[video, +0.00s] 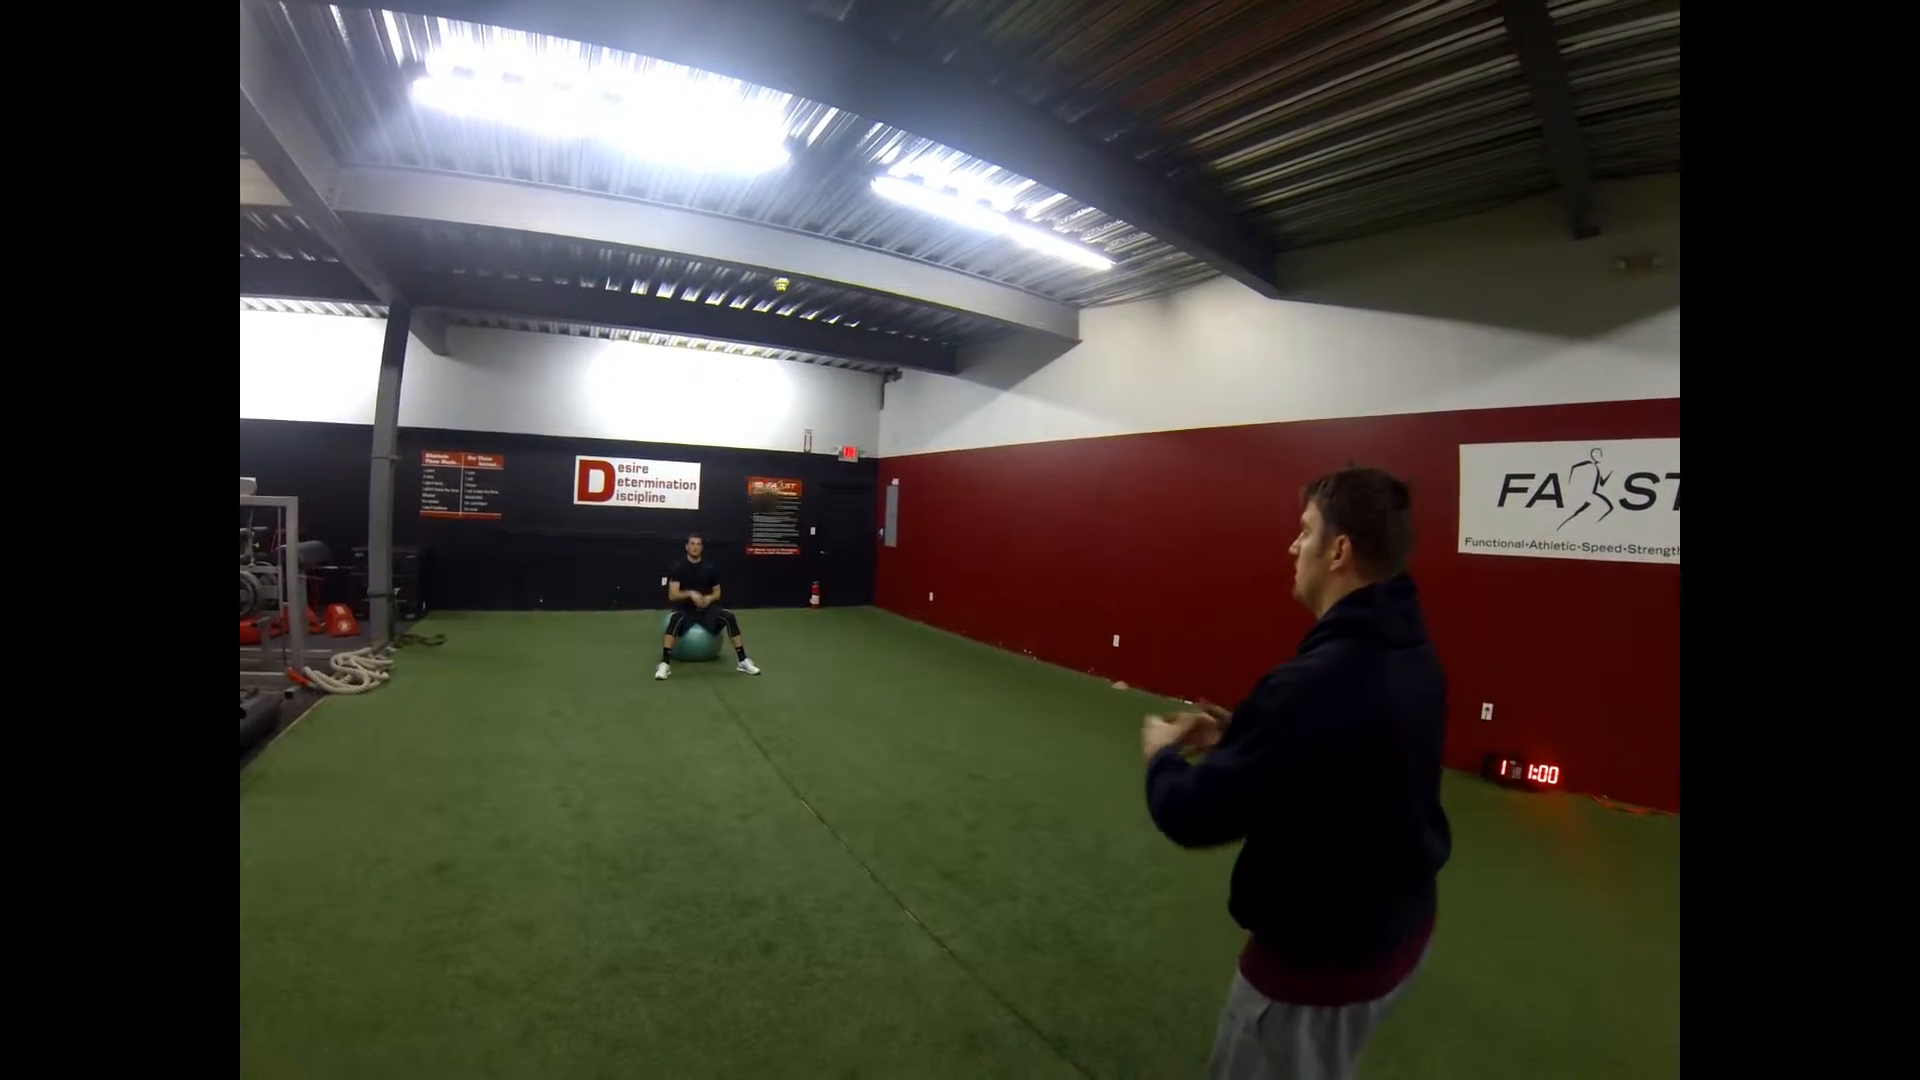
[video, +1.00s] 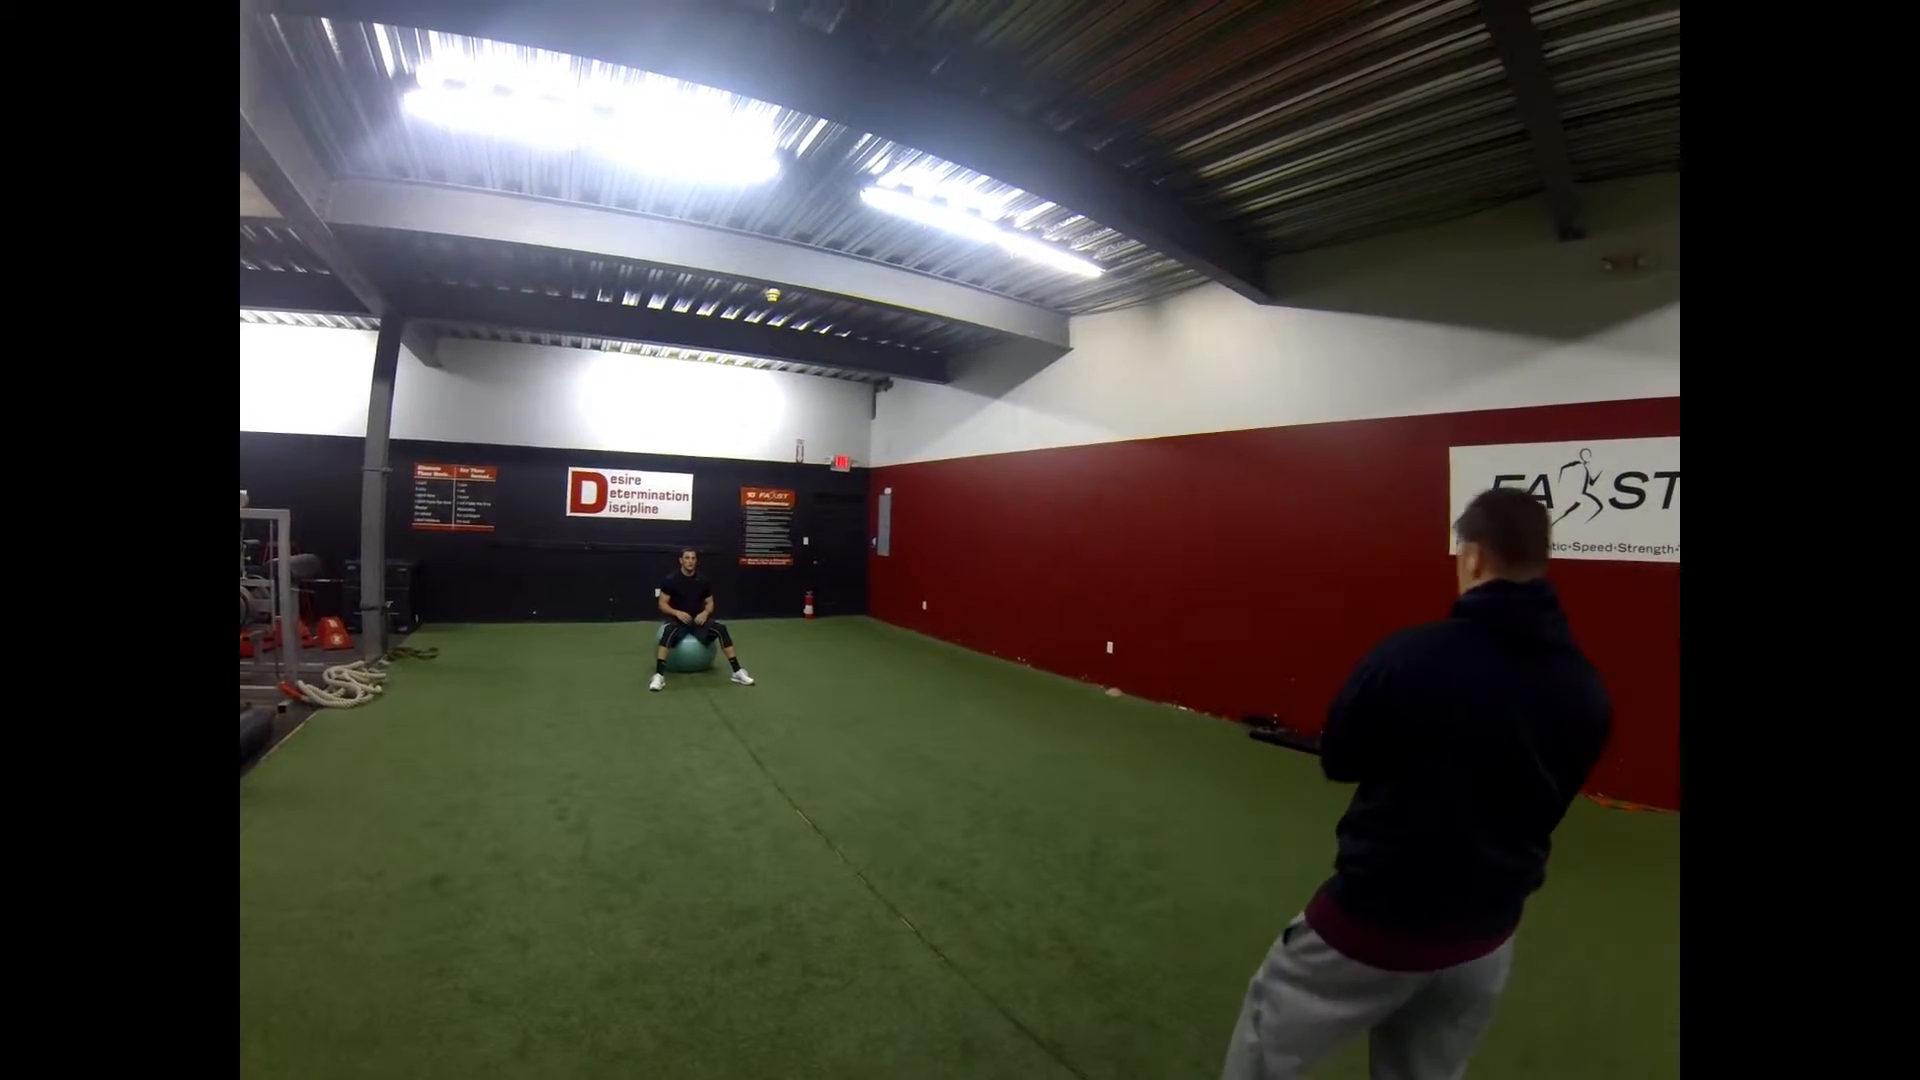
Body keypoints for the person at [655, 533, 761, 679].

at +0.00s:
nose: (695, 547)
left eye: (698, 544)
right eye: (692, 544)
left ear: (702, 547)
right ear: (687, 546)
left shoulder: (710, 568)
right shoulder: (679, 568)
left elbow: (717, 593)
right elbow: (673, 595)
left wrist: (708, 599)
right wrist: (691, 594)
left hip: (707, 608)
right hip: (686, 609)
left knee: (729, 617)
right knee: (676, 618)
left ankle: (743, 660)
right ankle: (664, 663)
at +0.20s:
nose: (695, 553)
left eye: (697, 550)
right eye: (691, 550)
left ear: (701, 553)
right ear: (686, 552)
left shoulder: (708, 572)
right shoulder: (676, 572)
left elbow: (714, 595)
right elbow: (667, 598)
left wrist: (709, 604)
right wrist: (683, 605)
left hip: (703, 613)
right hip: (684, 613)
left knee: (725, 620)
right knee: (673, 621)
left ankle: (742, 663)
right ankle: (663, 666)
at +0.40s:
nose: (691, 554)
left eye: (694, 551)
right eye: (688, 551)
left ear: (698, 554)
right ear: (683, 552)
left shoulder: (703, 572)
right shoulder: (673, 572)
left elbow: (710, 596)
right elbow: (662, 597)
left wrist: (704, 604)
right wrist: (676, 607)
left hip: (698, 614)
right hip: (678, 614)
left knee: (721, 623)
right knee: (670, 624)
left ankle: (738, 665)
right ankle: (660, 668)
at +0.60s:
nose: (688, 557)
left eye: (691, 554)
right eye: (685, 553)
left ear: (694, 557)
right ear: (679, 555)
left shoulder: (700, 575)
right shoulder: (670, 575)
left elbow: (708, 598)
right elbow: (659, 599)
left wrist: (703, 607)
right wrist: (671, 609)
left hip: (696, 617)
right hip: (677, 616)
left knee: (719, 624)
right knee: (666, 625)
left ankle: (736, 666)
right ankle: (657, 670)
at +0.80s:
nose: (688, 557)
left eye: (691, 554)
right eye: (685, 554)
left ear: (694, 557)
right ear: (679, 556)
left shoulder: (701, 576)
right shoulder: (670, 576)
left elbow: (709, 599)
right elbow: (661, 600)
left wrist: (703, 609)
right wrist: (673, 610)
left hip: (697, 617)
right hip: (678, 617)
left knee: (719, 626)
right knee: (667, 627)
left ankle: (736, 668)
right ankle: (657, 671)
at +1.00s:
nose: (690, 561)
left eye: (693, 558)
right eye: (687, 558)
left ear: (696, 561)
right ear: (681, 560)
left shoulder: (703, 580)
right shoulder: (671, 581)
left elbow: (710, 603)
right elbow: (662, 604)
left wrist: (705, 613)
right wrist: (678, 613)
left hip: (699, 621)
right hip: (679, 622)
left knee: (721, 629)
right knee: (668, 631)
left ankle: (737, 671)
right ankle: (659, 675)